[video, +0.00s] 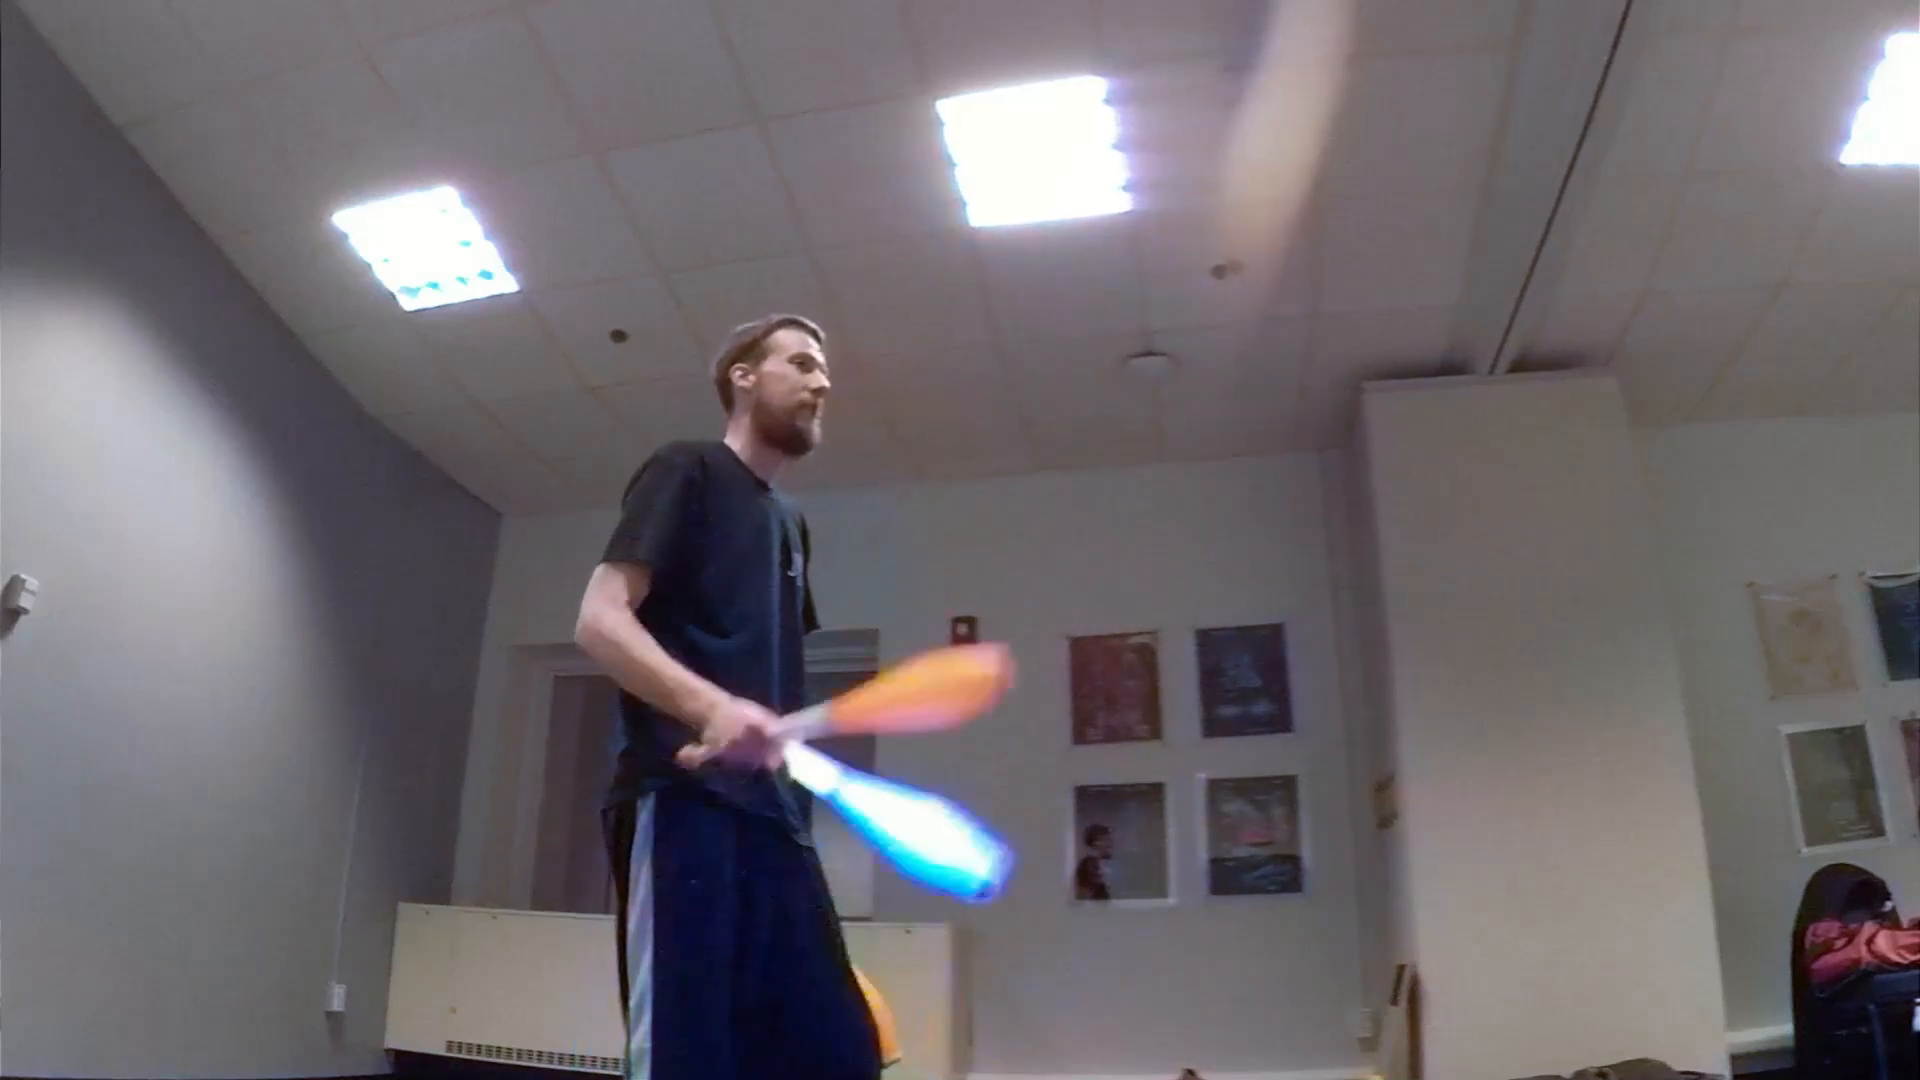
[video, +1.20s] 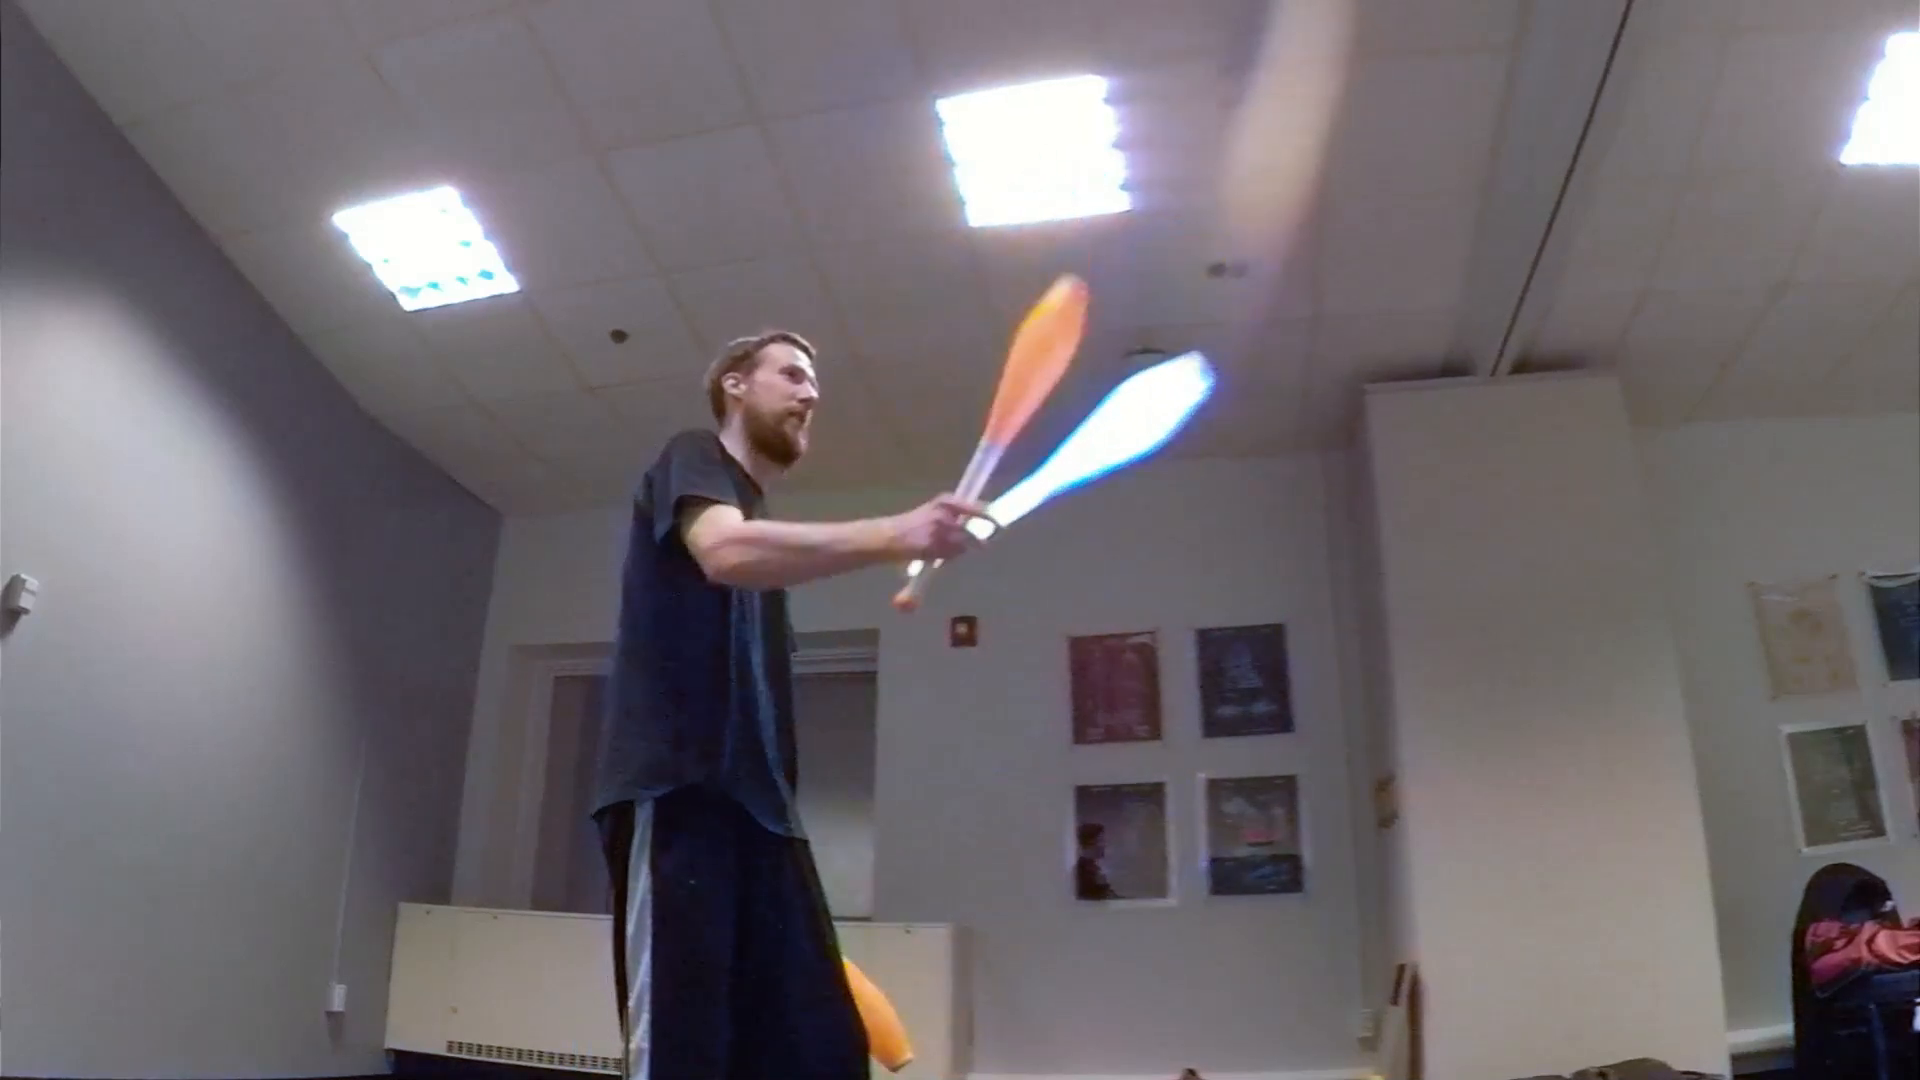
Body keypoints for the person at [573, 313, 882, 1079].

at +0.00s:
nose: (822, 381)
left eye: (824, 372)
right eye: (801, 362)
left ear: (822, 405)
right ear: (741, 379)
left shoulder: (790, 524)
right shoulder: (686, 470)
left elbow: (774, 670)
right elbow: (599, 618)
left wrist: (788, 740)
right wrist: (710, 709)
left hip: (771, 814)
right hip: (685, 806)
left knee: (836, 1046)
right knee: (683, 1050)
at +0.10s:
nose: (817, 383)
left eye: (821, 374)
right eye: (796, 363)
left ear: (815, 404)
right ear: (737, 380)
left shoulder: (785, 526)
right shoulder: (682, 467)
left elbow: (773, 647)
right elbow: (637, 612)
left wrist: (825, 602)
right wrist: (792, 593)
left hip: (772, 814)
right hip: (681, 800)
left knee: (812, 1041)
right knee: (680, 1040)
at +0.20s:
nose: (810, 386)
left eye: (815, 376)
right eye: (790, 367)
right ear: (732, 379)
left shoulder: (768, 518)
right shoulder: (682, 458)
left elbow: (763, 671)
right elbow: (712, 556)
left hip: (770, 814)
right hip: (681, 803)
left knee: (816, 1044)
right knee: (678, 1045)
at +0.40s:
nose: (801, 383)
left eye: (806, 375)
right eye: (784, 367)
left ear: (795, 396)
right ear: (726, 384)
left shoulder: (761, 526)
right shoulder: (680, 456)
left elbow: (756, 679)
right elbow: (768, 450)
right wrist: (879, 308)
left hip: (756, 791)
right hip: (679, 780)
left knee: (815, 1026)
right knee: (679, 1022)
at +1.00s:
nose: (801, 397)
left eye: (805, 388)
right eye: (782, 378)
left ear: (799, 411)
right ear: (724, 388)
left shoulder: (763, 534)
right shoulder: (684, 454)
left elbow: (751, 666)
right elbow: (770, 484)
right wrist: (934, 415)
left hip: (755, 798)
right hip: (674, 786)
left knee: (813, 1029)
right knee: (671, 1026)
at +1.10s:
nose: (805, 395)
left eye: (808, 386)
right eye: (786, 376)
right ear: (728, 385)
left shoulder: (763, 515)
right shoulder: (685, 451)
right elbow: (757, 502)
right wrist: (930, 447)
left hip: (756, 793)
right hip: (675, 784)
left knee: (813, 1030)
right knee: (678, 1024)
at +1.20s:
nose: (812, 392)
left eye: (814, 384)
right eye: (792, 373)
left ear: (808, 409)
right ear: (733, 385)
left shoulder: (753, 522)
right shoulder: (689, 456)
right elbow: (723, 550)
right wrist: (897, 533)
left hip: (759, 802)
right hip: (682, 794)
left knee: (820, 1037)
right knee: (685, 1037)